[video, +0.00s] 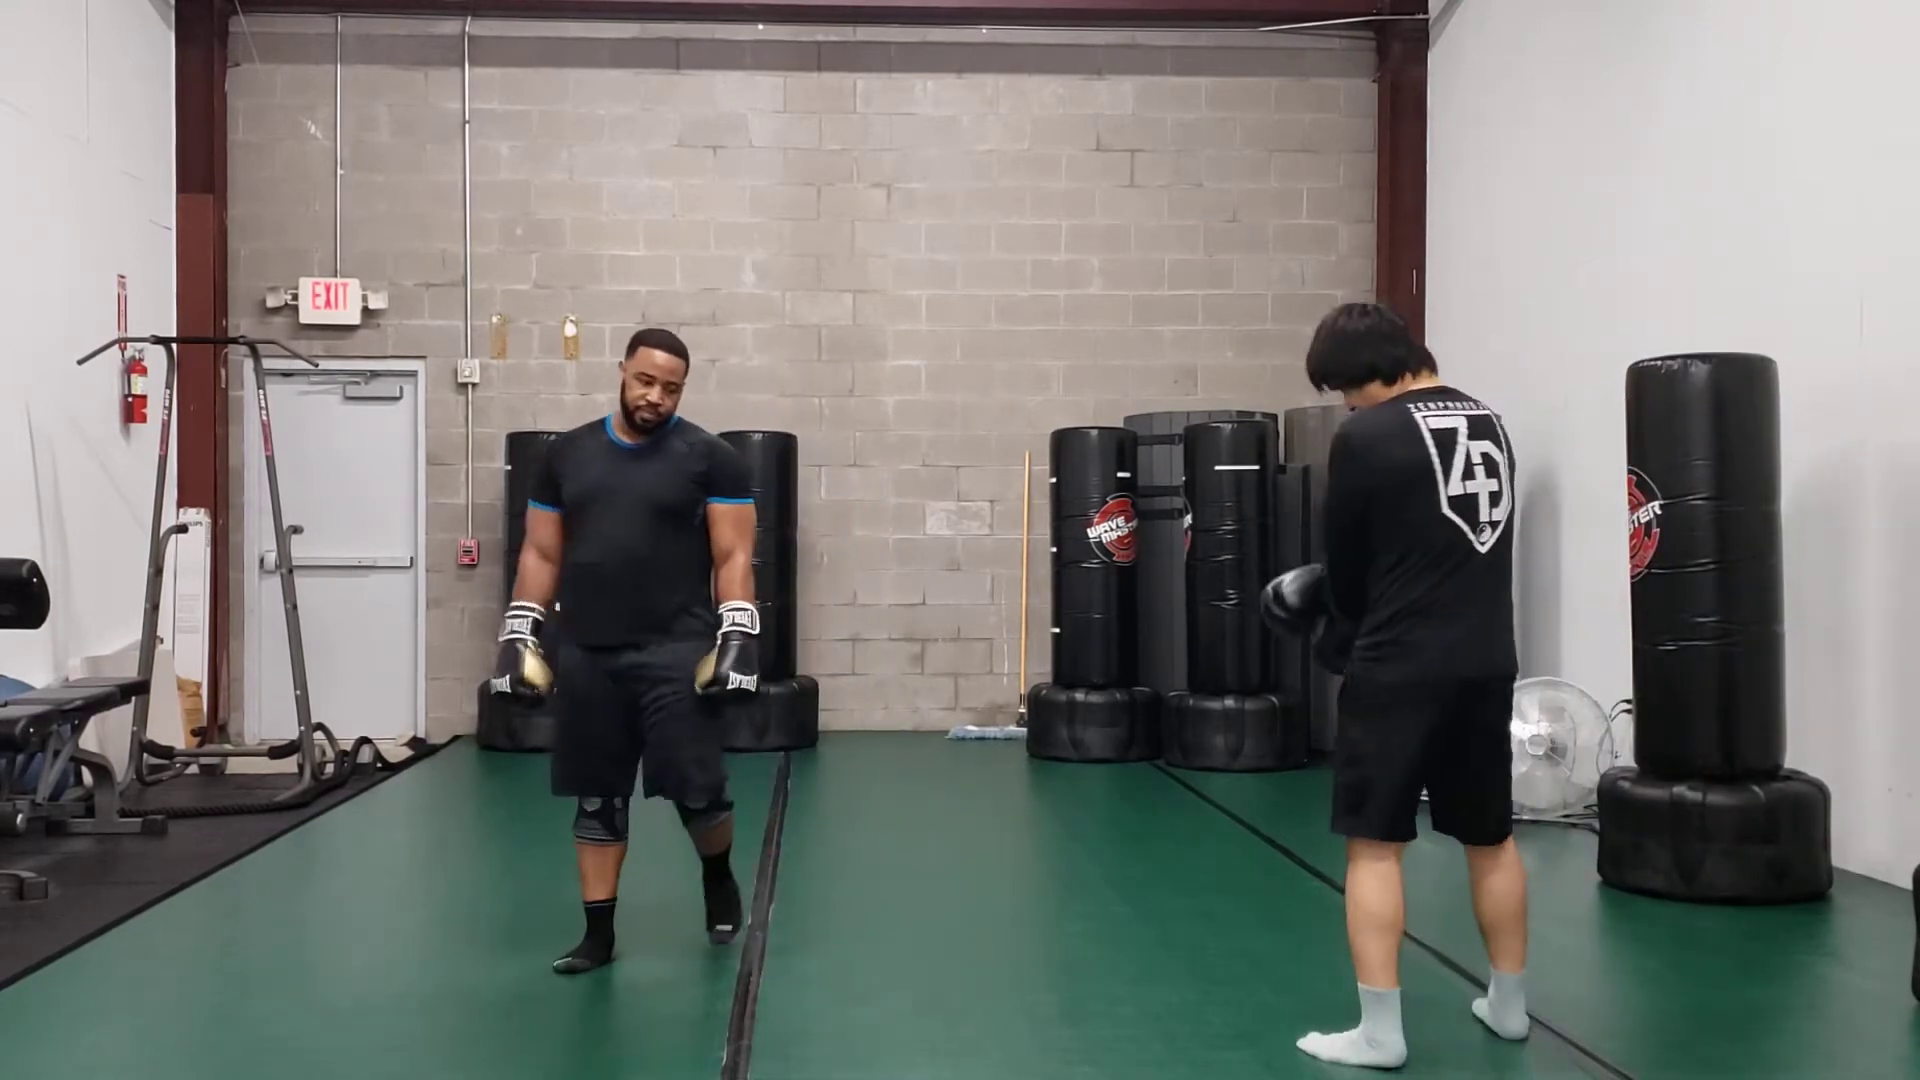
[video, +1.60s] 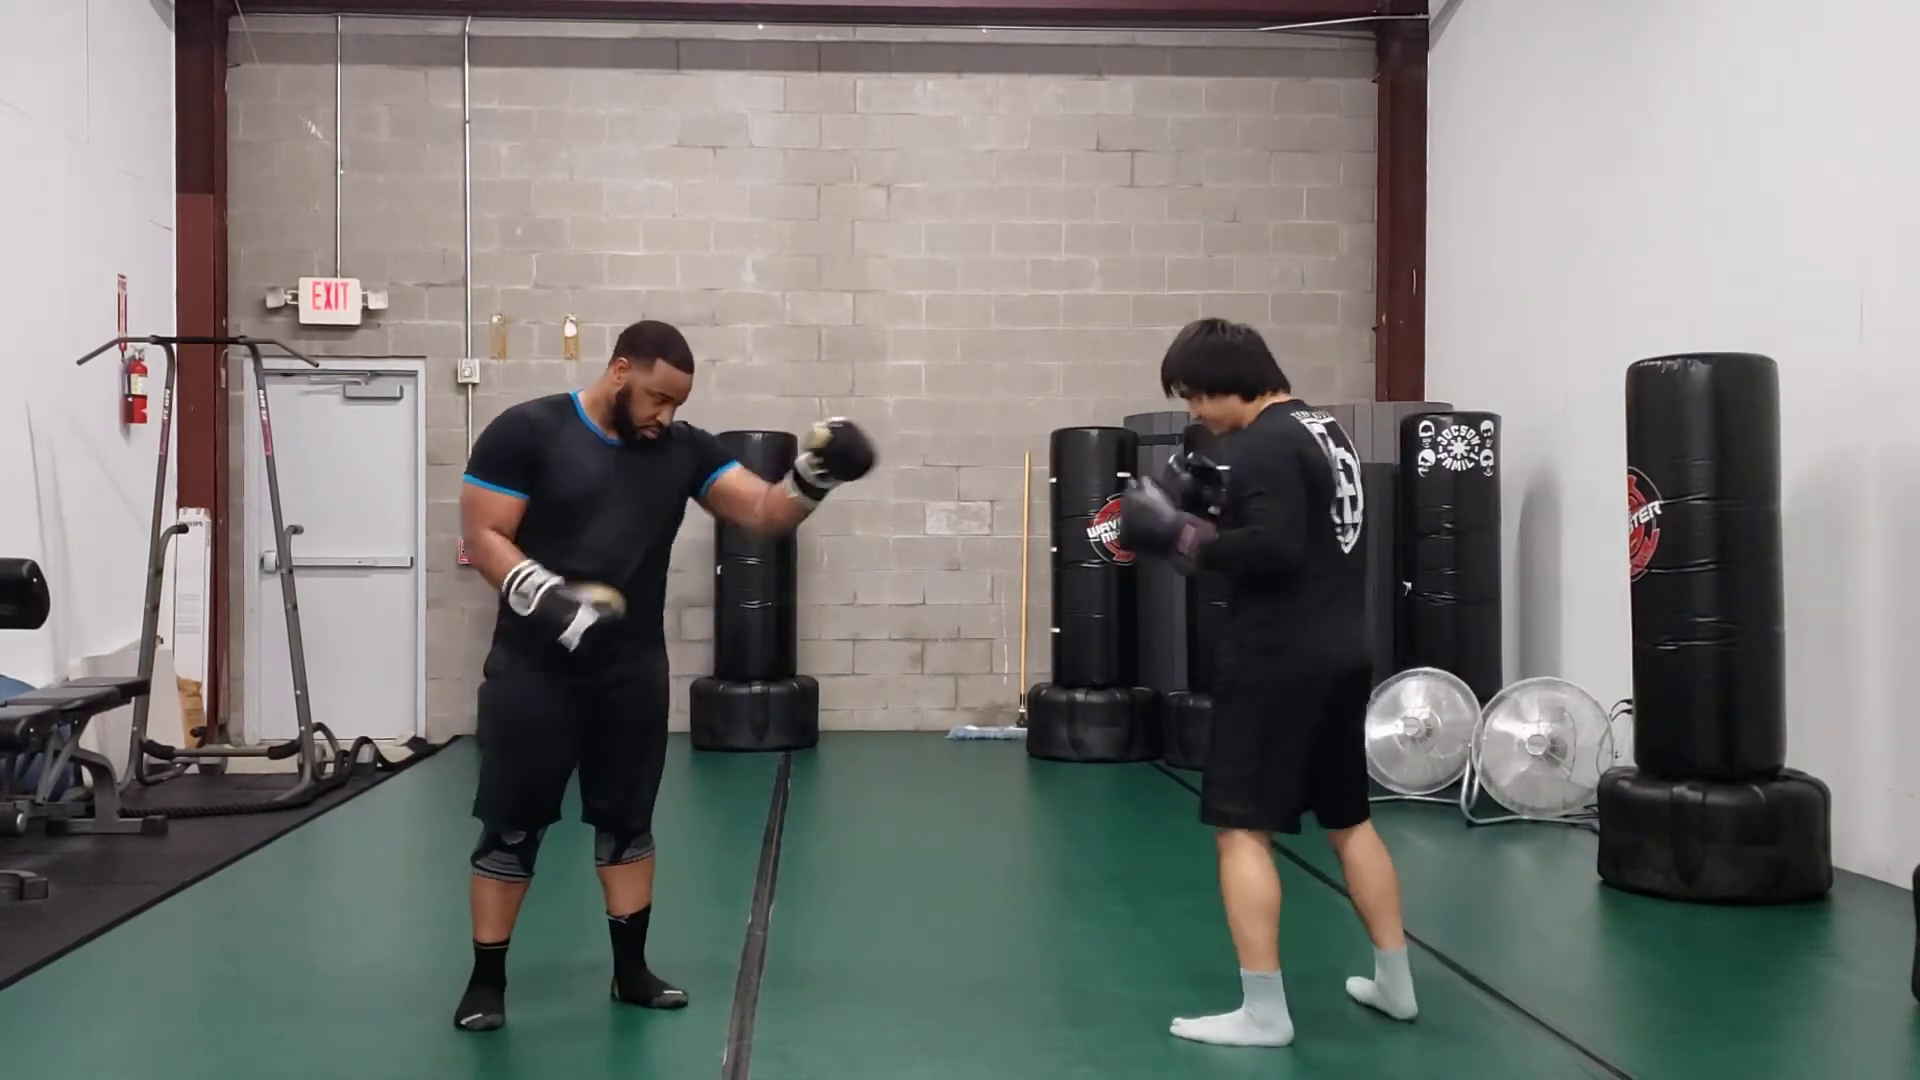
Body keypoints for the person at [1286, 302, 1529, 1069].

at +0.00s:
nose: (1344, 408)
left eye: (1342, 393)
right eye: (1338, 394)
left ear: (1365, 377)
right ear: (1408, 360)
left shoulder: (1365, 439)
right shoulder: (1483, 421)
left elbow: (1347, 577)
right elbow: (1448, 543)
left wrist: (1343, 642)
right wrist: (1329, 580)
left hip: (1397, 668)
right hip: (1484, 663)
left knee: (1375, 841)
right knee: (1491, 833)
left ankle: (1380, 1030)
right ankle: (1509, 1004)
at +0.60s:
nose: (1323, 390)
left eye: (1327, 377)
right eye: (1321, 376)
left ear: (1360, 373)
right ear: (1398, 364)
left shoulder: (1377, 439)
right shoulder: (1468, 428)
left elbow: (1361, 552)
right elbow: (1406, 531)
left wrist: (1282, 565)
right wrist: (1324, 480)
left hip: (1389, 666)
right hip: (1472, 664)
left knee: (1320, 821)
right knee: (1477, 823)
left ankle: (1274, 999)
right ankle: (1507, 1002)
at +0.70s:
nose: (1296, 396)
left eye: (1299, 383)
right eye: (1295, 383)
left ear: (1331, 381)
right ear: (1372, 370)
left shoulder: (1342, 446)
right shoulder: (1439, 431)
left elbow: (1296, 544)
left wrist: (1210, 523)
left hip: (1361, 673)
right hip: (1446, 670)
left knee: (1307, 837)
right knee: (1461, 828)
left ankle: (1268, 1012)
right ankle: (1504, 1002)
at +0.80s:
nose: (1270, 392)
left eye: (1273, 380)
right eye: (1268, 379)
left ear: (1303, 381)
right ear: (1352, 368)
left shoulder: (1307, 446)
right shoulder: (1412, 431)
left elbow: (1210, 514)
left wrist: (1136, 488)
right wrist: (1300, 410)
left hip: (1324, 670)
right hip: (1407, 667)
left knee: (1283, 831)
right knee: (1431, 820)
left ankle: (1267, 1013)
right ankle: (1493, 990)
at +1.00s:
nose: (1236, 385)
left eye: (1240, 372)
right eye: (1235, 372)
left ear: (1270, 371)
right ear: (1318, 363)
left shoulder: (1261, 430)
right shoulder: (1382, 426)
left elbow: (1154, 451)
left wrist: (1048, 456)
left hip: (1286, 667)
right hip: (1369, 663)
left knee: (1264, 828)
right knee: (1389, 814)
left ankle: (1265, 1013)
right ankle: (1430, 986)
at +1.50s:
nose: (1190, 403)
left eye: (1192, 388)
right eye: (1186, 389)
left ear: (1226, 378)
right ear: (1261, 370)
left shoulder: (1243, 439)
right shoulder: (1329, 426)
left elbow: (1192, 532)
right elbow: (1276, 525)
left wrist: (1093, 497)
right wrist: (1163, 514)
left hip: (1268, 664)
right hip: (1342, 655)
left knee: (1256, 828)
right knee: (1359, 808)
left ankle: (1265, 1013)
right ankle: (1405, 973)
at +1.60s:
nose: (1192, 414)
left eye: (1194, 398)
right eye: (1187, 400)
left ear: (1232, 388)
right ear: (1253, 381)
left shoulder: (1267, 445)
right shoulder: (1318, 426)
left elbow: (1277, 547)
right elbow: (1301, 535)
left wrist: (1179, 534)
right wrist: (1214, 503)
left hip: (1274, 669)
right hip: (1340, 662)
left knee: (1241, 827)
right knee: (1349, 817)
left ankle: (1263, 1012)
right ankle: (1397, 983)